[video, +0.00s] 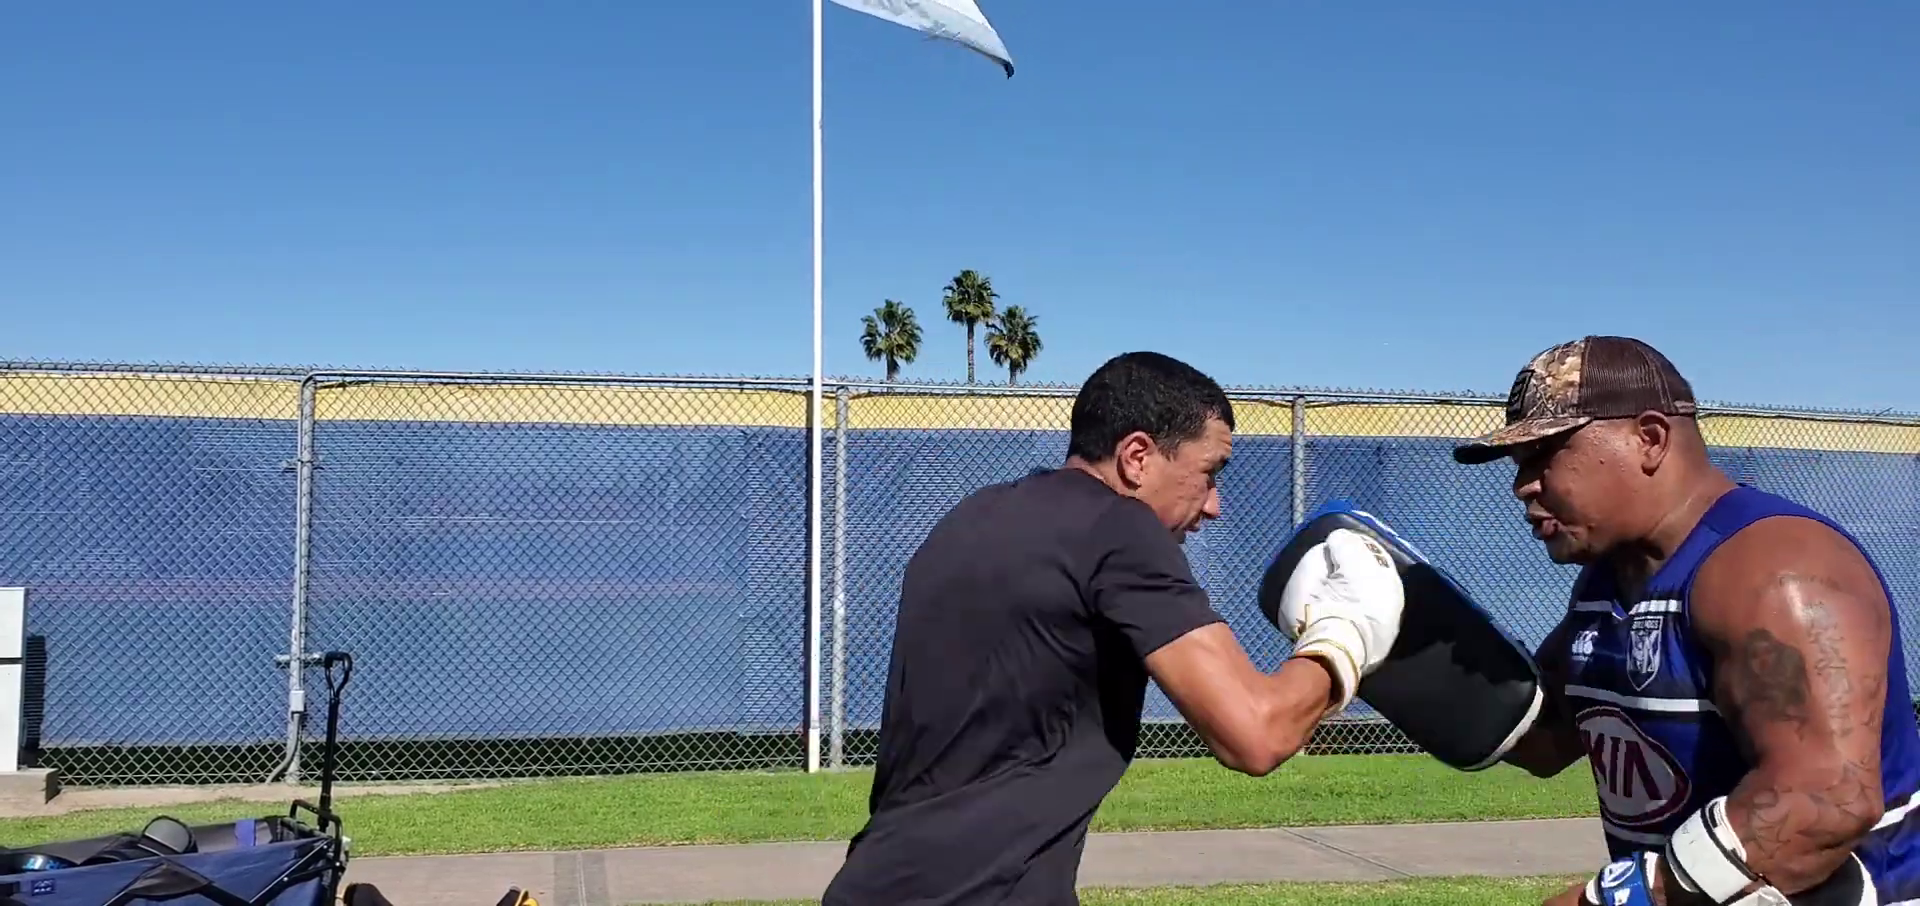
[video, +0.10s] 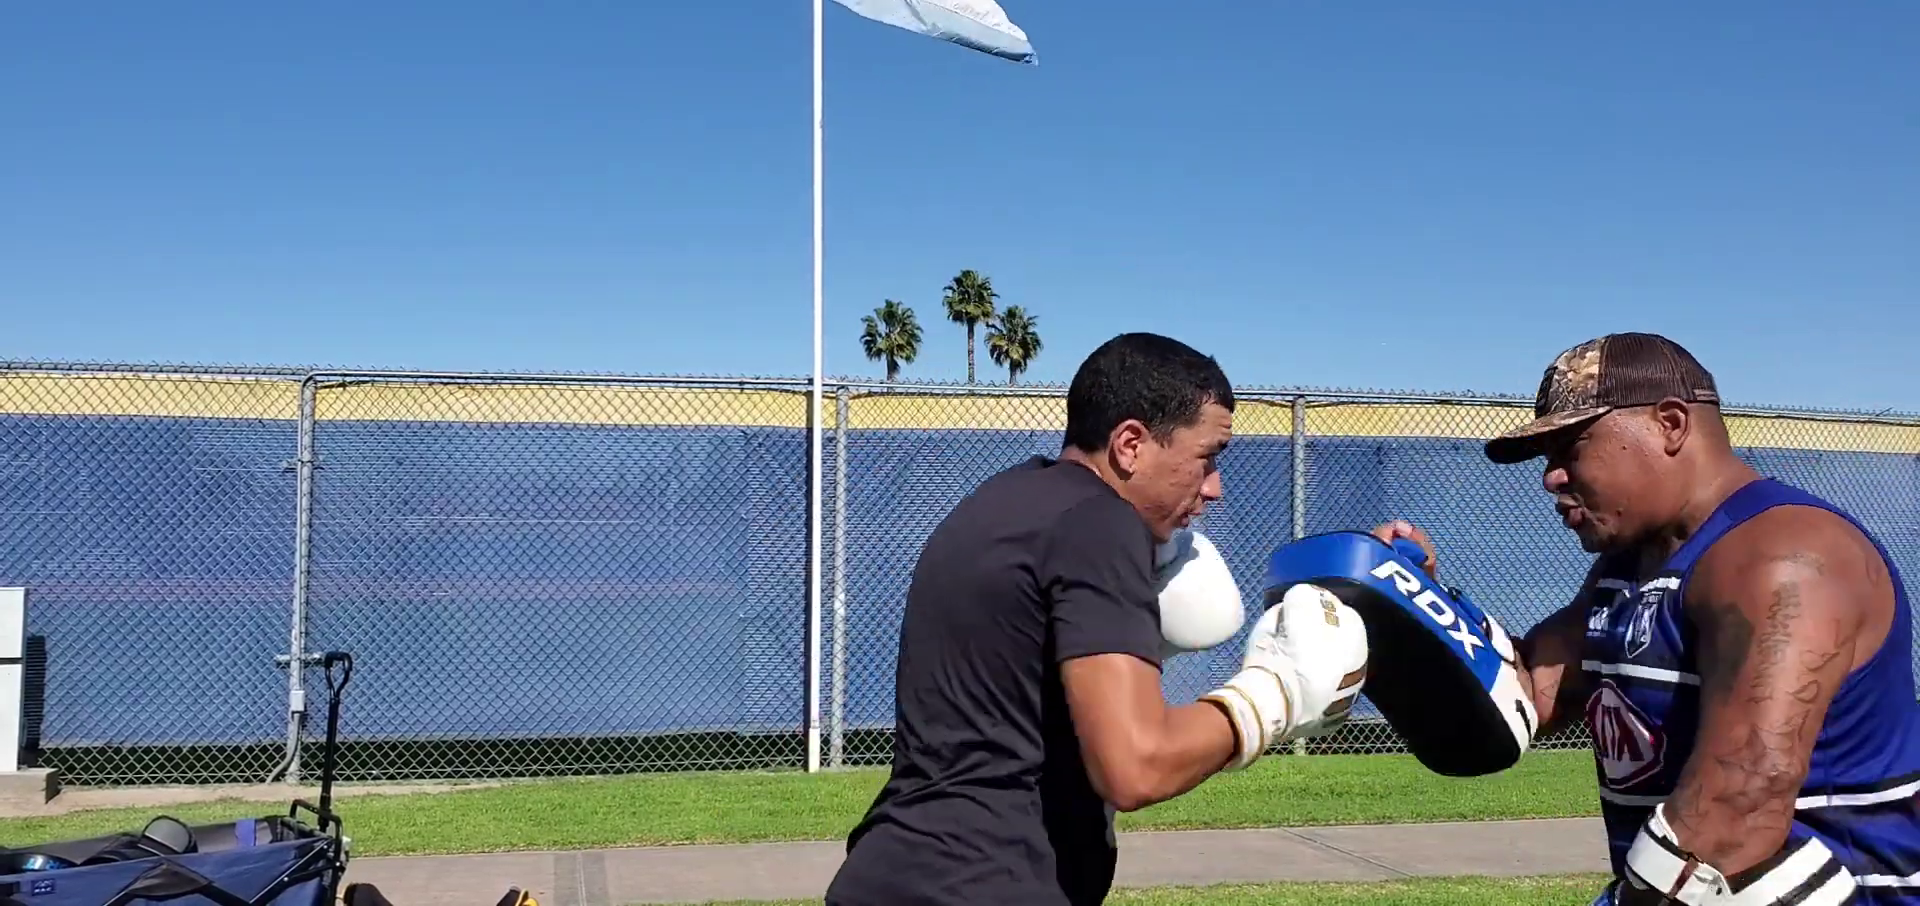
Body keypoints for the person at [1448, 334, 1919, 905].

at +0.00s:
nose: (1522, 486)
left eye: (1543, 455)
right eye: (1519, 462)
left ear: (1650, 441)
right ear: (1651, 444)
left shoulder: (1781, 576)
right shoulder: (1612, 574)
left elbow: (1825, 801)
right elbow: (1546, 739)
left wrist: (1622, 894)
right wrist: (1400, 651)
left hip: (1832, 893)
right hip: (1680, 889)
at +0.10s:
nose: (1551, 478)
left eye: (1570, 447)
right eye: (1549, 457)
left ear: (1670, 429)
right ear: (1670, 433)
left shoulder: (1783, 567)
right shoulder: (1632, 564)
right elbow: (1521, 699)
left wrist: (1629, 894)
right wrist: (1419, 608)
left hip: (1851, 886)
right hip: (1697, 884)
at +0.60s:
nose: (1539, 501)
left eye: (1550, 474)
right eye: (1533, 480)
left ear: (1632, 450)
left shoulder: (1790, 558)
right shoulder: (1618, 566)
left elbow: (1775, 793)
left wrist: (1653, 886)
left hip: (1793, 890)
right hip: (1648, 878)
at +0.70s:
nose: (1526, 477)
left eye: (1535, 454)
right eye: (1523, 460)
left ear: (1624, 429)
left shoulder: (1778, 547)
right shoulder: (1628, 554)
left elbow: (1772, 784)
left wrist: (1642, 889)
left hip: (1812, 885)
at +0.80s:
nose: (1551, 460)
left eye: (1567, 425)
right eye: (1554, 435)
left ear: (1650, 414)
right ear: (1649, 417)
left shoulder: (1775, 532)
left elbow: (1746, 757)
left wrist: (1604, 880)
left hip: (1824, 883)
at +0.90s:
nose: (1584, 453)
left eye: (1610, 425)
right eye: (1586, 433)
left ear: (1710, 427)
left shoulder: (1812, 552)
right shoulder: (1624, 578)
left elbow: (1772, 759)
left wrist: (1588, 856)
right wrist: (1534, 671)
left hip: (1842, 883)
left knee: (1759, 841)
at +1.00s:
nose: (1628, 457)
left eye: (1657, 428)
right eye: (1622, 434)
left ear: (1756, 437)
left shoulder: (1841, 563)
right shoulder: (1652, 586)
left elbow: (1856, 768)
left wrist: (1640, 850)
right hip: (1687, 875)